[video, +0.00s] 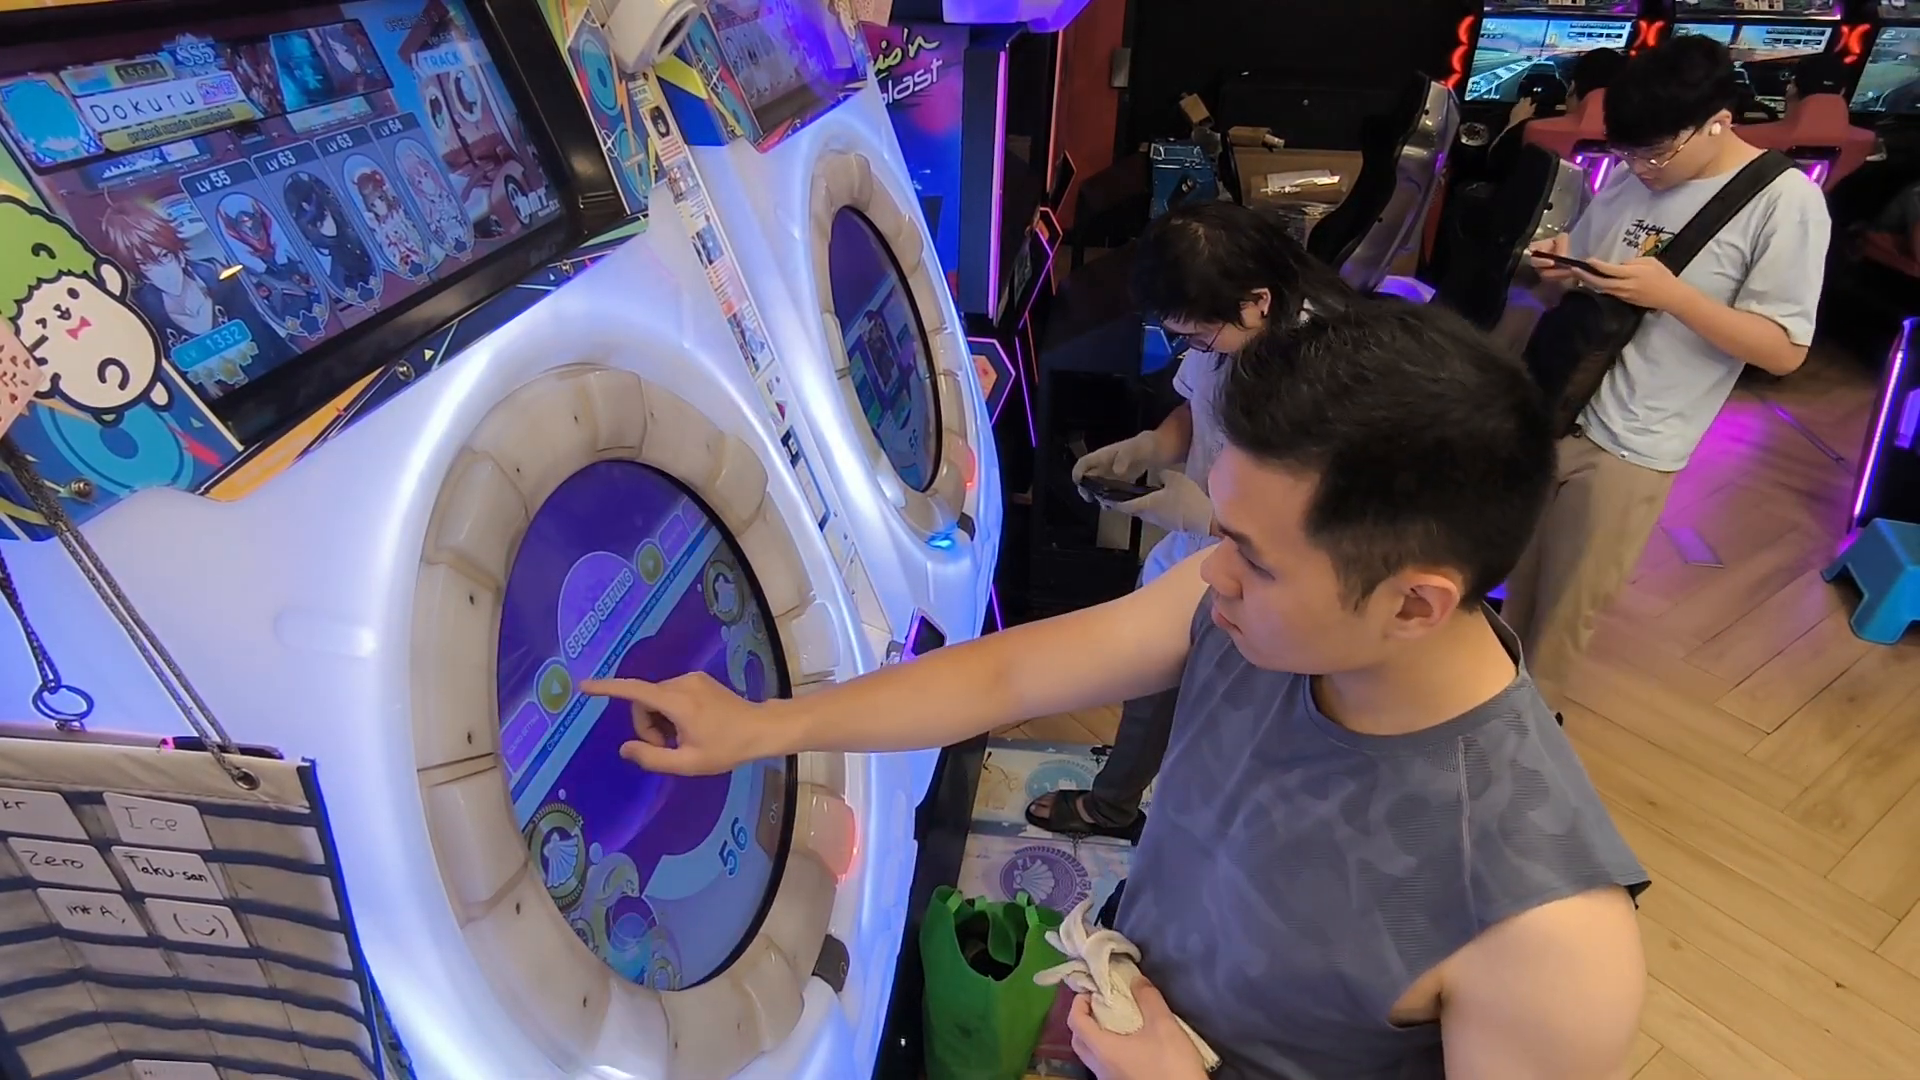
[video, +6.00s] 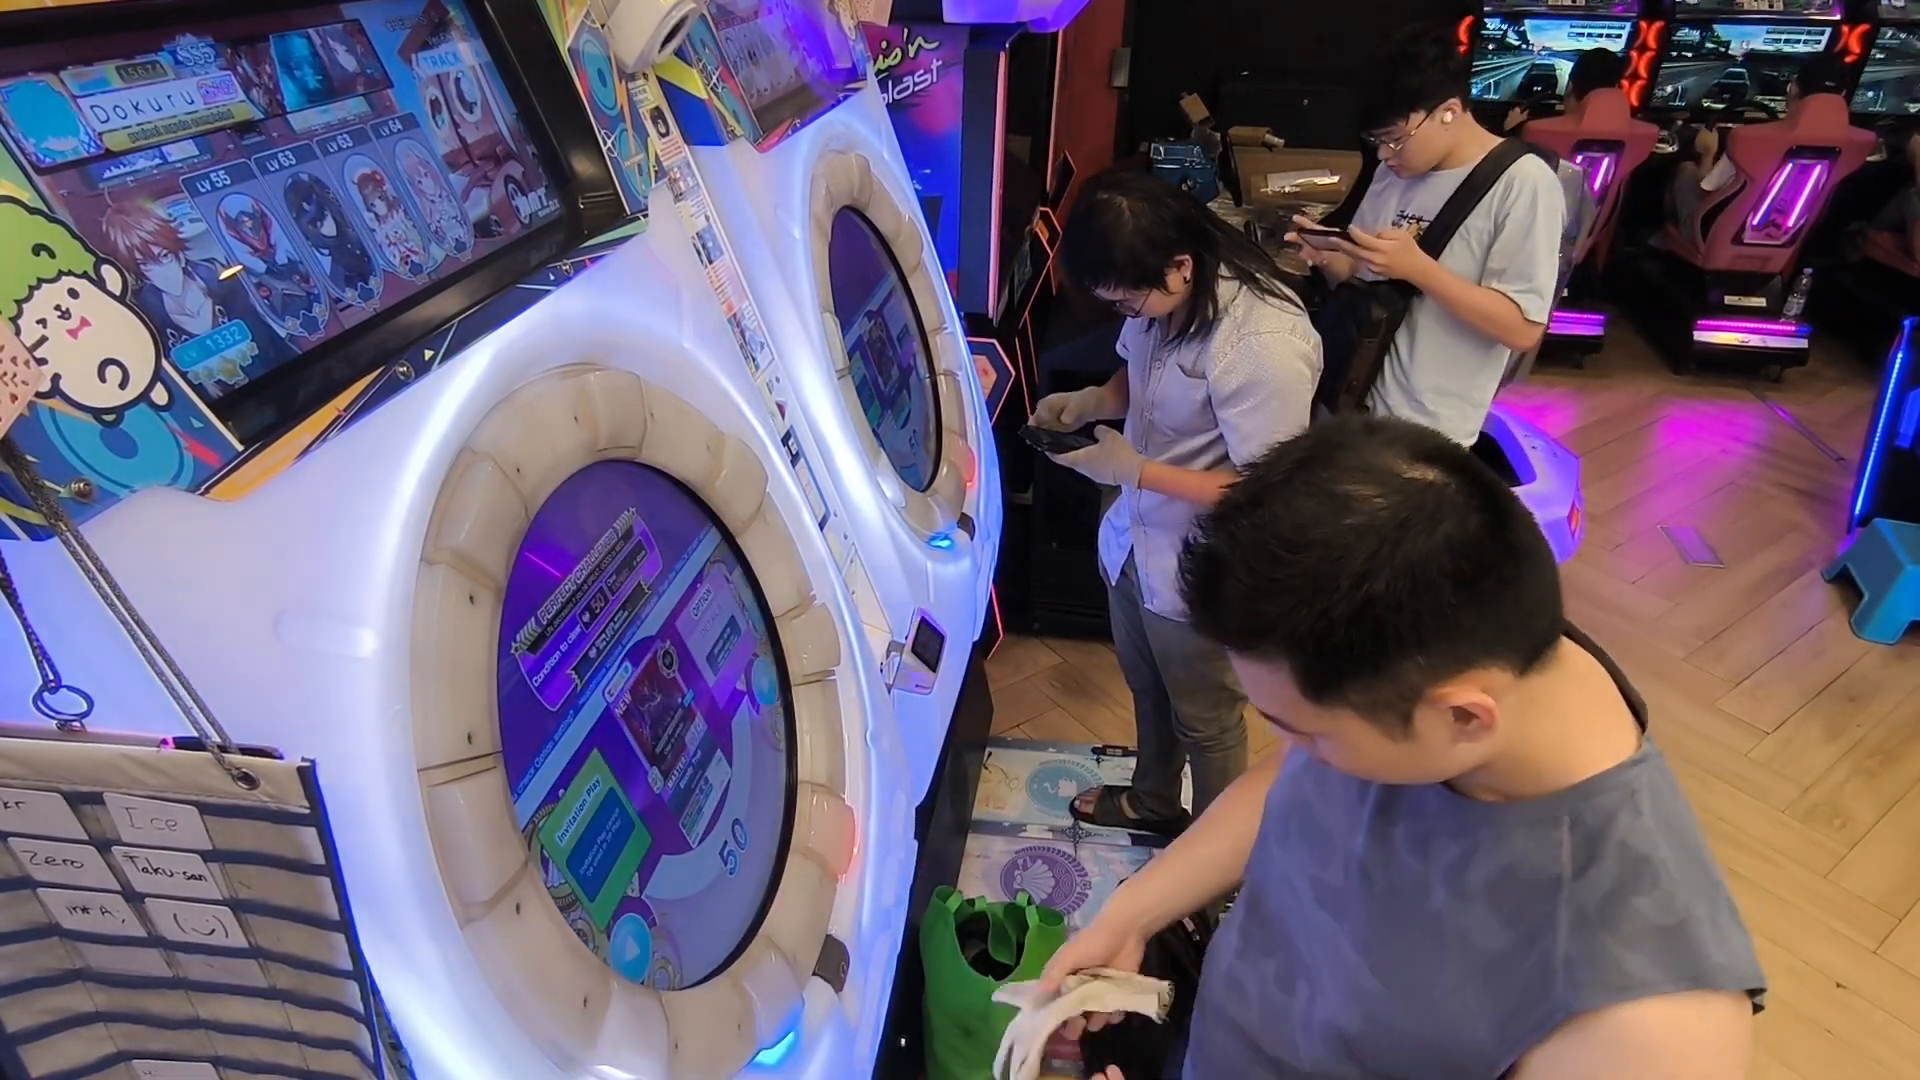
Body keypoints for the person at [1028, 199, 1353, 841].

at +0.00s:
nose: (1189, 349)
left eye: (1198, 333)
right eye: (1179, 335)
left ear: (1257, 303)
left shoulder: (1324, 371)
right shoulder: (1216, 338)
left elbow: (1308, 518)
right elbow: (1185, 418)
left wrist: (1207, 513)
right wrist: (1143, 452)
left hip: (1270, 556)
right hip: (1196, 538)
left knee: (1241, 694)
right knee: (1155, 676)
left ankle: (1212, 824)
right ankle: (1117, 798)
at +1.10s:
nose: (1115, 273)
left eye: (1121, 259)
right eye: (1110, 258)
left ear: (1178, 254)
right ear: (1174, 255)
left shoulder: (1247, 339)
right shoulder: (1189, 301)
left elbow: (1252, 515)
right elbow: (1176, 398)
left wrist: (1139, 501)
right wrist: (1110, 433)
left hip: (1213, 553)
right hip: (1166, 526)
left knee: (1177, 692)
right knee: (1153, 675)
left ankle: (1157, 803)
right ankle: (1147, 784)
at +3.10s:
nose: (1128, 268)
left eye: (1143, 254)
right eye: (1119, 251)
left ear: (1204, 233)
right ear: (1109, 228)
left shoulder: (1262, 331)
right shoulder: (1155, 286)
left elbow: (1266, 488)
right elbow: (1133, 383)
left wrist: (1142, 471)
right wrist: (1090, 405)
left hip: (1211, 557)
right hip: (1148, 530)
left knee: (1197, 702)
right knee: (1153, 678)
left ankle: (1197, 829)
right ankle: (1152, 794)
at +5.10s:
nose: (1120, 309)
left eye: (1128, 296)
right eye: (1110, 299)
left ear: (1179, 269)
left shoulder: (1253, 328)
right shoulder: (1156, 299)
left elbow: (1258, 478)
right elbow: (1146, 385)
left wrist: (1139, 468)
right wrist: (1094, 406)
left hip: (1201, 556)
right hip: (1137, 535)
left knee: (1196, 717)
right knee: (1150, 689)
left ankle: (1191, 842)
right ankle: (1150, 798)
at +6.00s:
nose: (1121, 311)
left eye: (1129, 298)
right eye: (1112, 300)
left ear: (1180, 268)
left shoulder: (1260, 345)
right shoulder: (1158, 297)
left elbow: (1268, 493)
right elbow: (1142, 388)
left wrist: (1139, 471)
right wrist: (1085, 406)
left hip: (1196, 559)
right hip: (1133, 535)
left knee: (1205, 714)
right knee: (1149, 684)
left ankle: (1222, 844)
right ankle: (1156, 800)